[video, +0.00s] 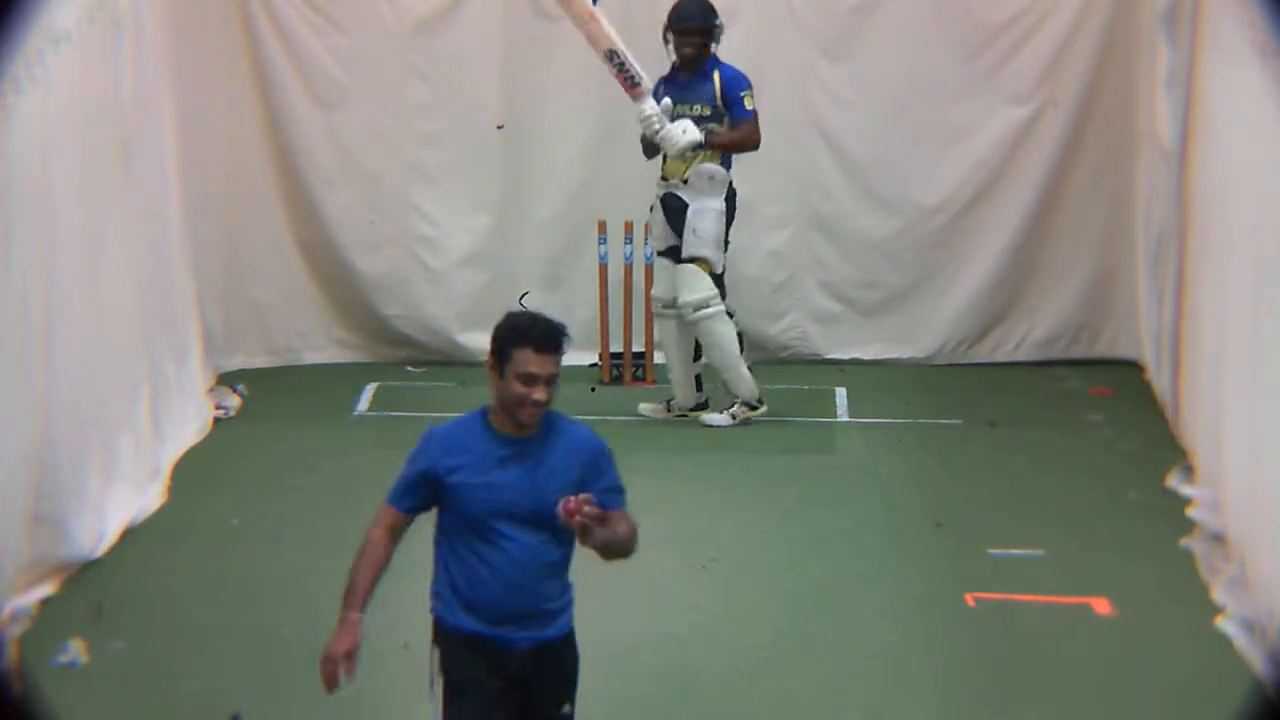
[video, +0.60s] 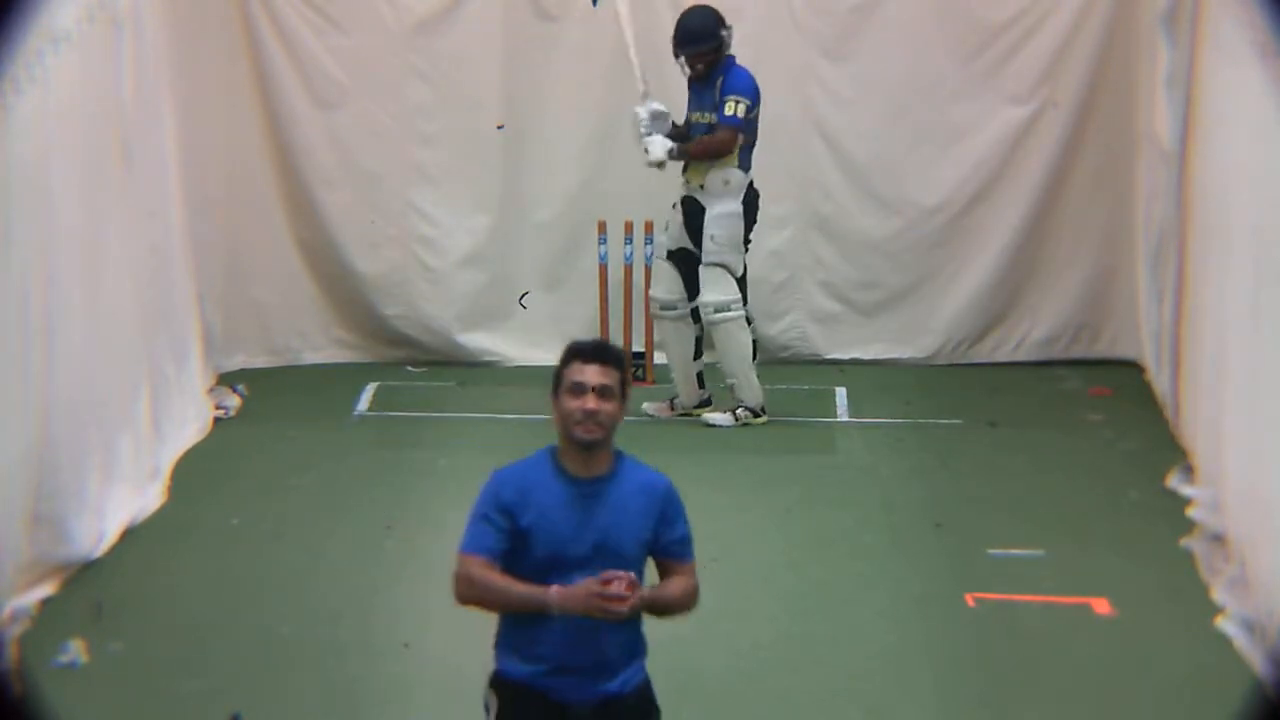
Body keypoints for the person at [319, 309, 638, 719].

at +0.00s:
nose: (540, 396)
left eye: (550, 382)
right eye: (527, 381)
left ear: (559, 378)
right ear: (493, 370)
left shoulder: (582, 449)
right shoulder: (445, 447)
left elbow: (624, 541)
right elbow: (385, 529)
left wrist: (597, 530)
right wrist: (349, 621)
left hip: (548, 643)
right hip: (468, 643)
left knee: (550, 713)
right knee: (472, 713)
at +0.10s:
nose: (539, 397)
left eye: (551, 385)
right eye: (525, 383)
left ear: (562, 388)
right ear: (496, 382)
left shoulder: (591, 458)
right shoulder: (453, 463)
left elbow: (633, 546)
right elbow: (401, 551)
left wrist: (605, 554)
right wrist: (365, 645)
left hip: (563, 659)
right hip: (482, 658)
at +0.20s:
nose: (536, 386)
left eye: (549, 374)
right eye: (523, 372)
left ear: (563, 383)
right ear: (497, 378)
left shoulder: (599, 457)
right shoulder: (458, 465)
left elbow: (637, 539)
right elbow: (417, 562)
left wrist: (610, 568)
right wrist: (396, 665)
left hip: (573, 659)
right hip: (491, 658)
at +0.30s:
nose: (541, 375)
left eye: (555, 363)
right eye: (527, 361)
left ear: (572, 374)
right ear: (505, 371)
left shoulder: (609, 451)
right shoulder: (467, 458)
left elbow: (649, 532)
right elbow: (429, 554)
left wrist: (613, 573)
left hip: (582, 658)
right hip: (495, 659)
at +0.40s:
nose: (554, 375)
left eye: (568, 363)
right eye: (540, 361)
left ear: (586, 375)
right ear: (518, 371)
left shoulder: (619, 454)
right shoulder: (477, 457)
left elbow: (658, 536)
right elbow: (434, 548)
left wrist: (621, 576)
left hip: (595, 664)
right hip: (505, 665)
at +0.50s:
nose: (570, 388)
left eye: (584, 377)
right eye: (557, 374)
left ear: (600, 388)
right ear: (535, 383)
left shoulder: (633, 471)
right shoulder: (490, 469)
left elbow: (668, 557)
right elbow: (446, 564)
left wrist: (633, 587)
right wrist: (532, 590)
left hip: (606, 678)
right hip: (515, 680)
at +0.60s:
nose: (589, 405)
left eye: (604, 394)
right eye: (577, 392)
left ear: (622, 407)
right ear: (555, 402)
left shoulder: (653, 492)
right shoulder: (511, 487)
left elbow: (685, 587)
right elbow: (469, 583)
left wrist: (642, 599)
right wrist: (563, 599)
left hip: (622, 695)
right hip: (530, 695)